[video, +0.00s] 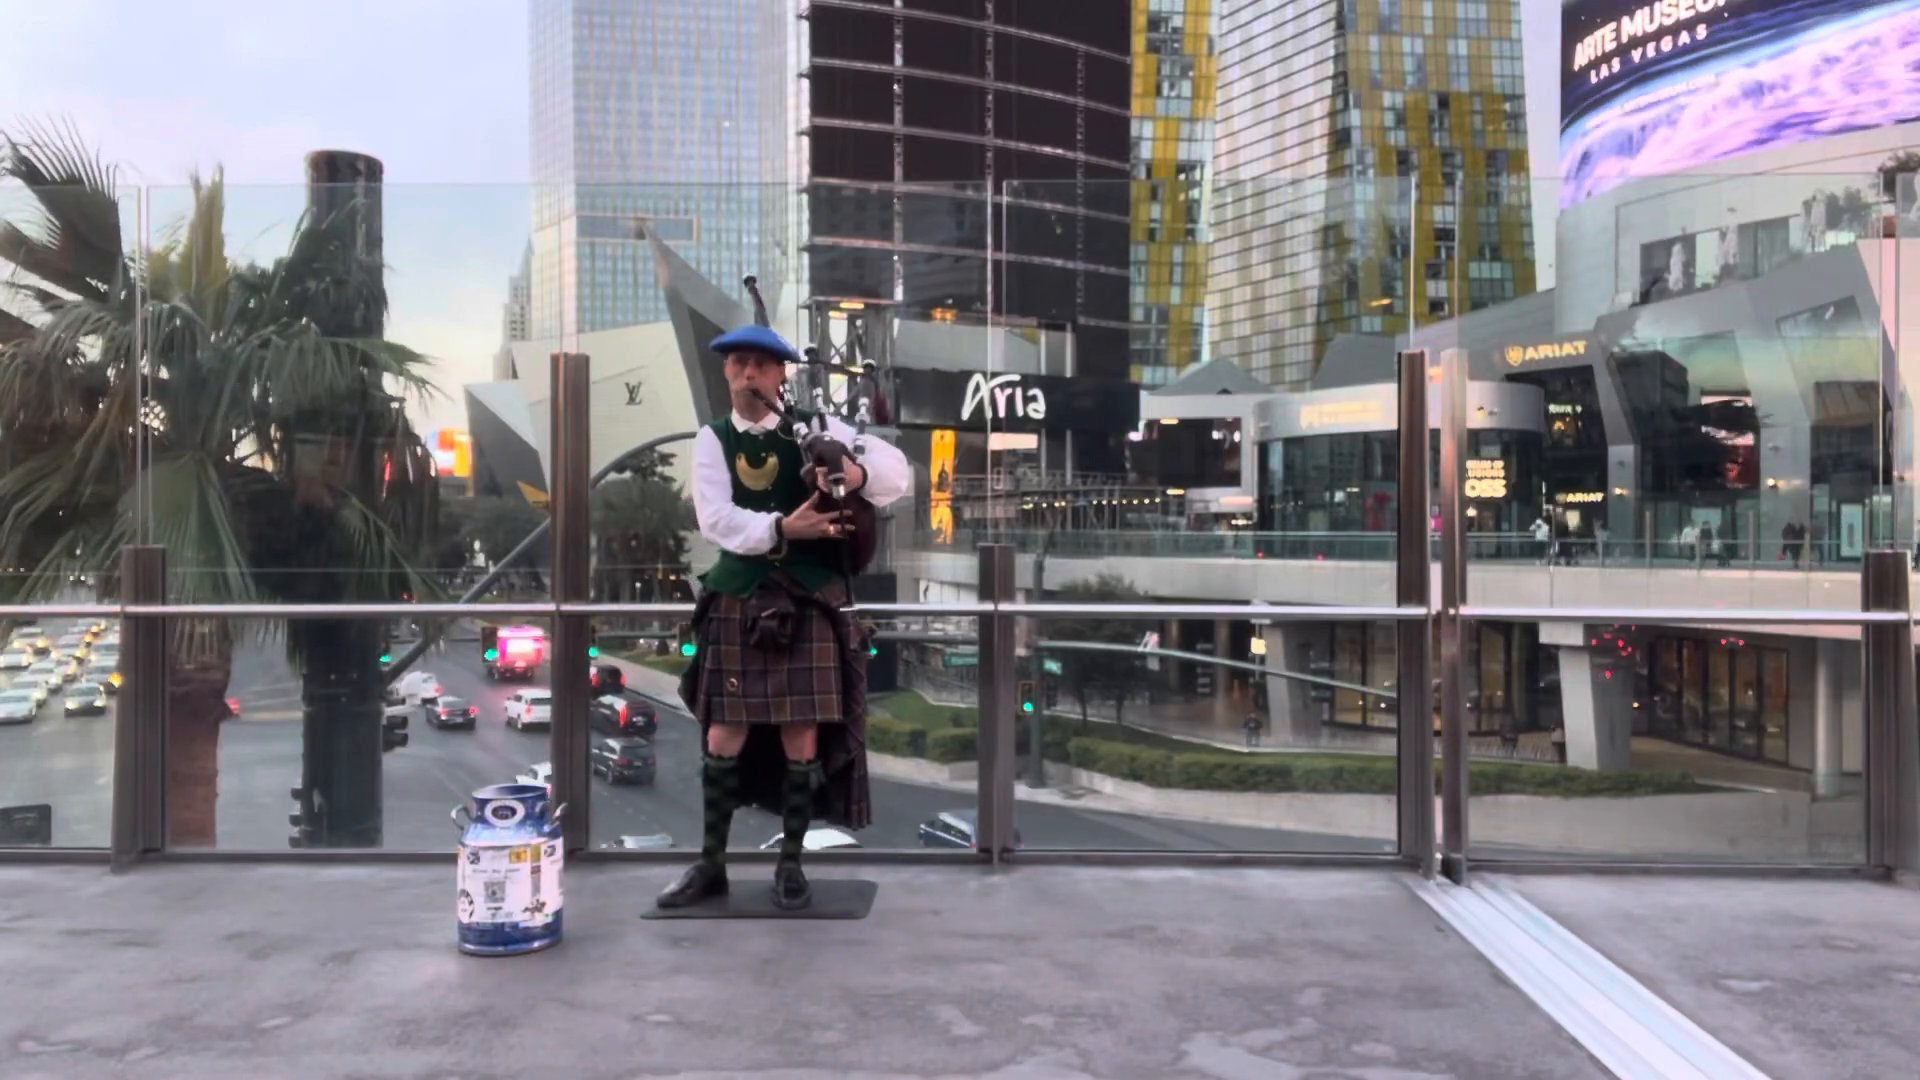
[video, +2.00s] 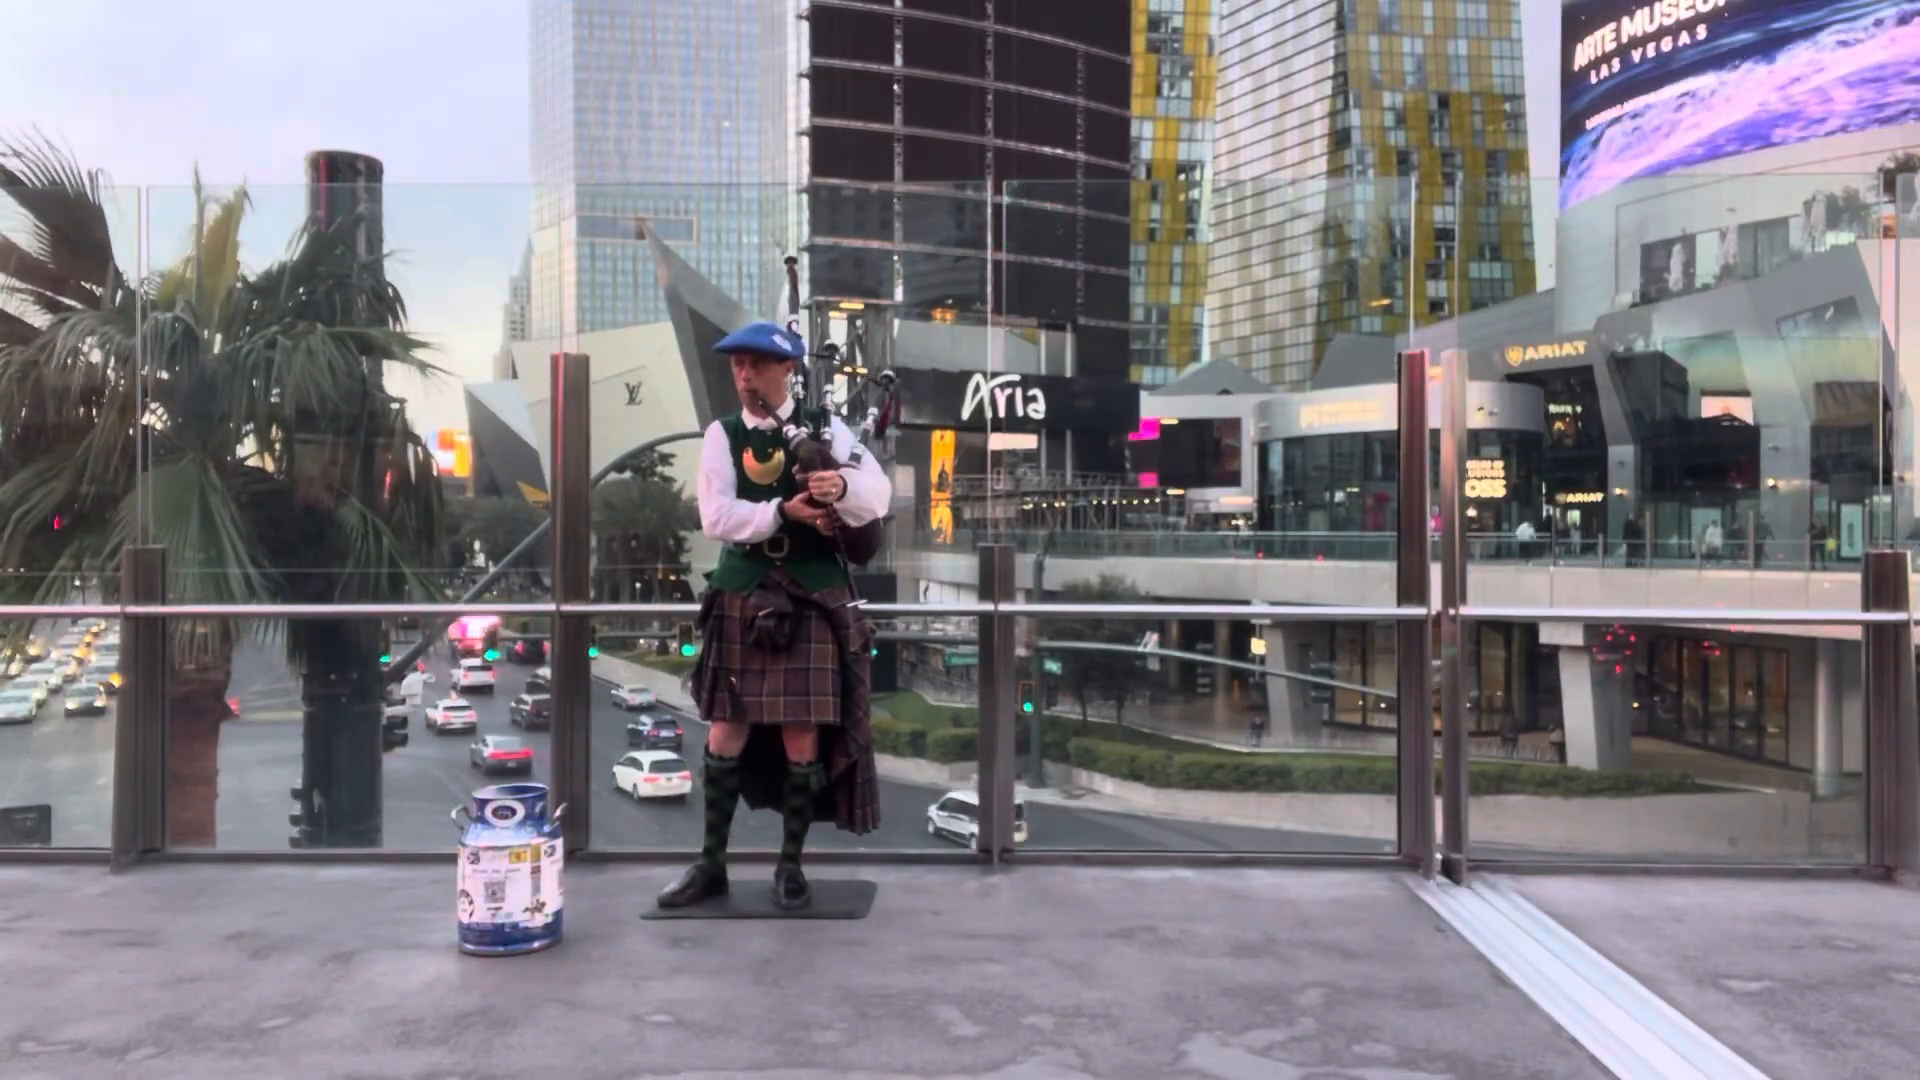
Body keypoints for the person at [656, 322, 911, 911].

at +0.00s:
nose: (748, 371)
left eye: (760, 362)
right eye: (739, 361)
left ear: (781, 372)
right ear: (724, 370)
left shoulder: (818, 430)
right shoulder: (713, 439)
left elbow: (899, 475)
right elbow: (715, 519)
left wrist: (855, 473)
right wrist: (783, 526)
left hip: (810, 597)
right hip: (737, 596)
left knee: (800, 731)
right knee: (724, 730)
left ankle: (791, 864)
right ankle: (712, 865)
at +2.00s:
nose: (743, 375)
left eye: (755, 364)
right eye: (737, 365)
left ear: (788, 369)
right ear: (731, 371)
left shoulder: (827, 430)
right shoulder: (722, 434)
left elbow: (880, 494)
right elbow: (716, 515)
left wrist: (844, 487)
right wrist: (783, 511)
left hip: (814, 595)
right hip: (743, 592)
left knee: (800, 731)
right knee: (726, 729)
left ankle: (789, 866)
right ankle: (711, 864)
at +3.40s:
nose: (678, 374)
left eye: (690, 362)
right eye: (669, 363)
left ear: (717, 366)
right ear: (662, 371)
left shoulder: (763, 428)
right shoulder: (654, 443)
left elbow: (816, 484)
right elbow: (634, 527)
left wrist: (770, 520)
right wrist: (695, 524)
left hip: (760, 592)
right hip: (687, 597)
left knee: (769, 729)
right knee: (699, 732)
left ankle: (786, 864)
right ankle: (715, 864)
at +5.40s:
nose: (739, 374)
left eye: (752, 362)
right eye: (730, 363)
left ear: (776, 371)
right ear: (716, 371)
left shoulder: (808, 429)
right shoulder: (702, 443)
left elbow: (856, 484)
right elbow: (682, 531)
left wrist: (809, 527)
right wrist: (724, 566)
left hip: (796, 596)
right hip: (722, 596)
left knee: (787, 729)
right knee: (704, 732)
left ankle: (781, 863)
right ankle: (721, 860)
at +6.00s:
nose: (748, 373)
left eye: (760, 361)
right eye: (739, 361)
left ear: (784, 369)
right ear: (727, 370)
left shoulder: (819, 428)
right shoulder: (709, 443)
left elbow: (862, 488)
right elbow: (688, 527)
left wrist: (813, 530)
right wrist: (727, 565)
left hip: (802, 597)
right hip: (730, 595)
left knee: (789, 734)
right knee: (714, 734)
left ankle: (782, 863)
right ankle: (723, 863)